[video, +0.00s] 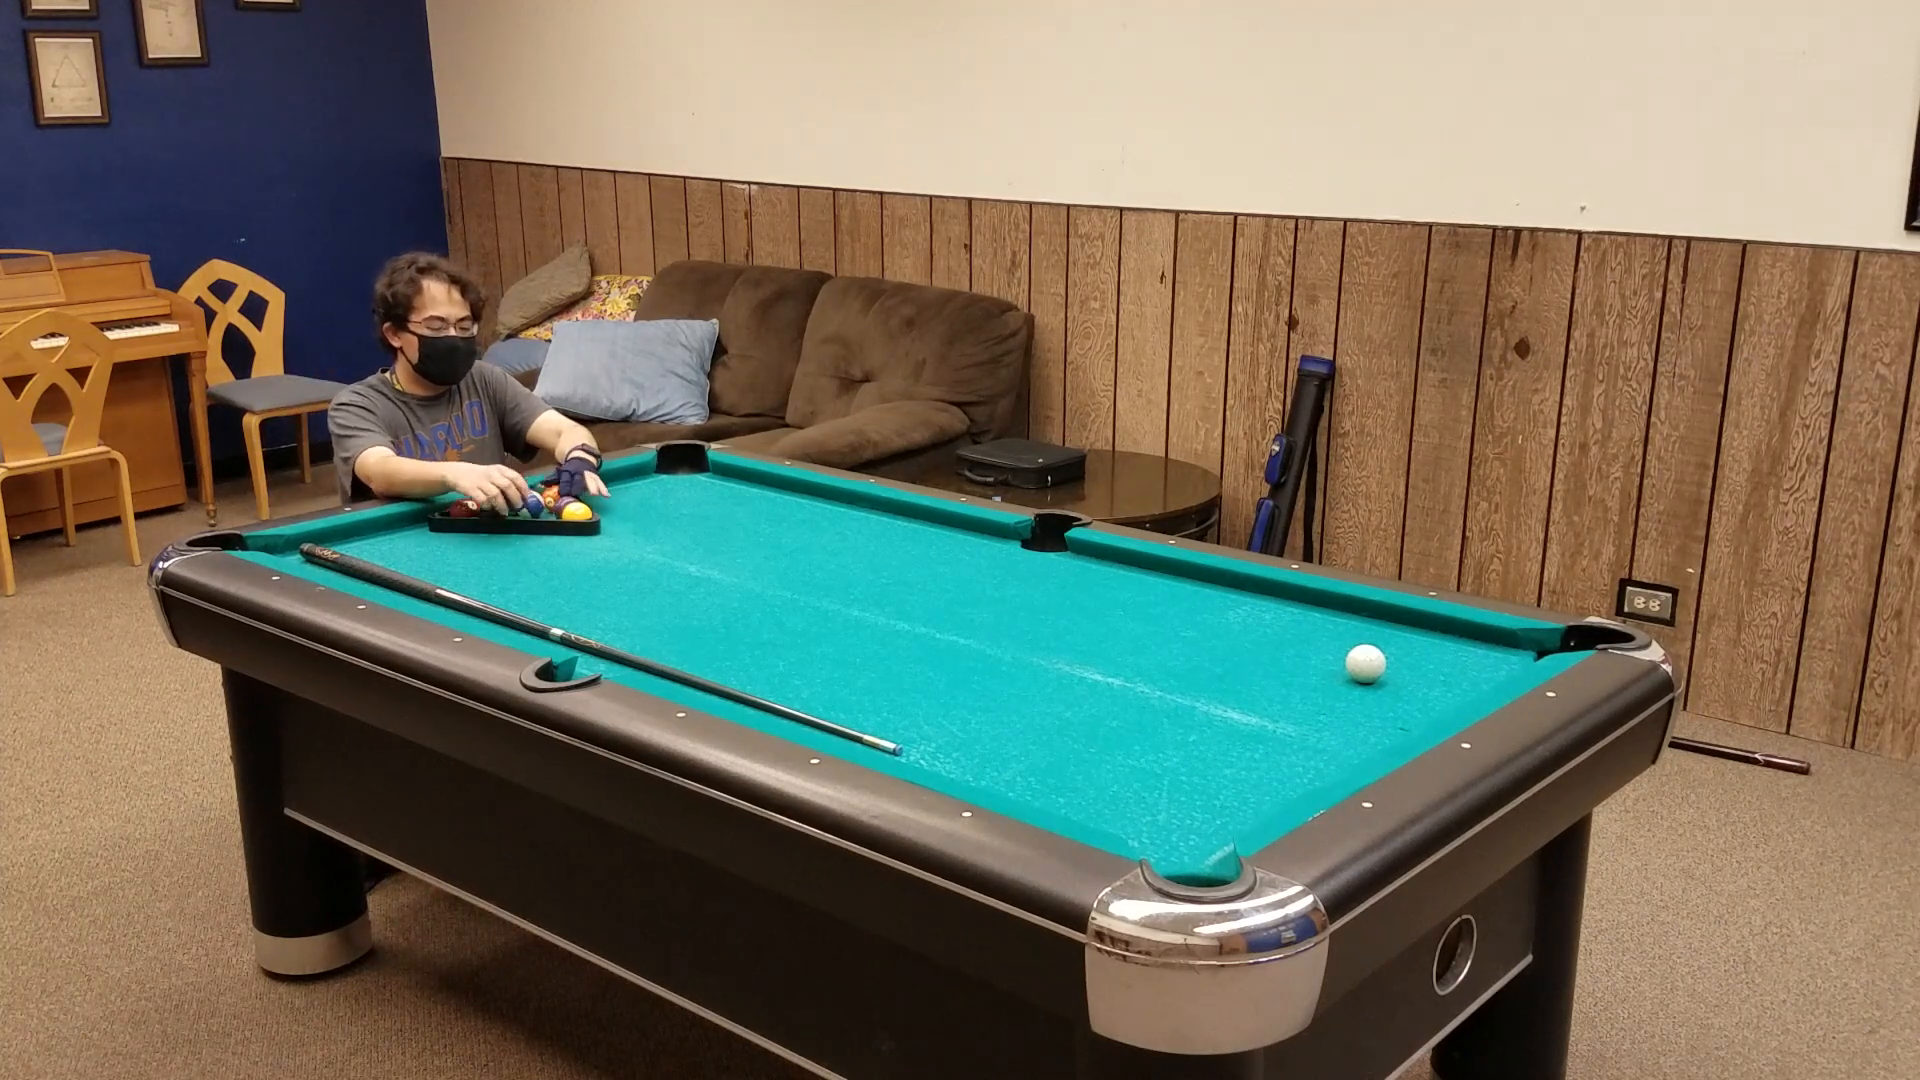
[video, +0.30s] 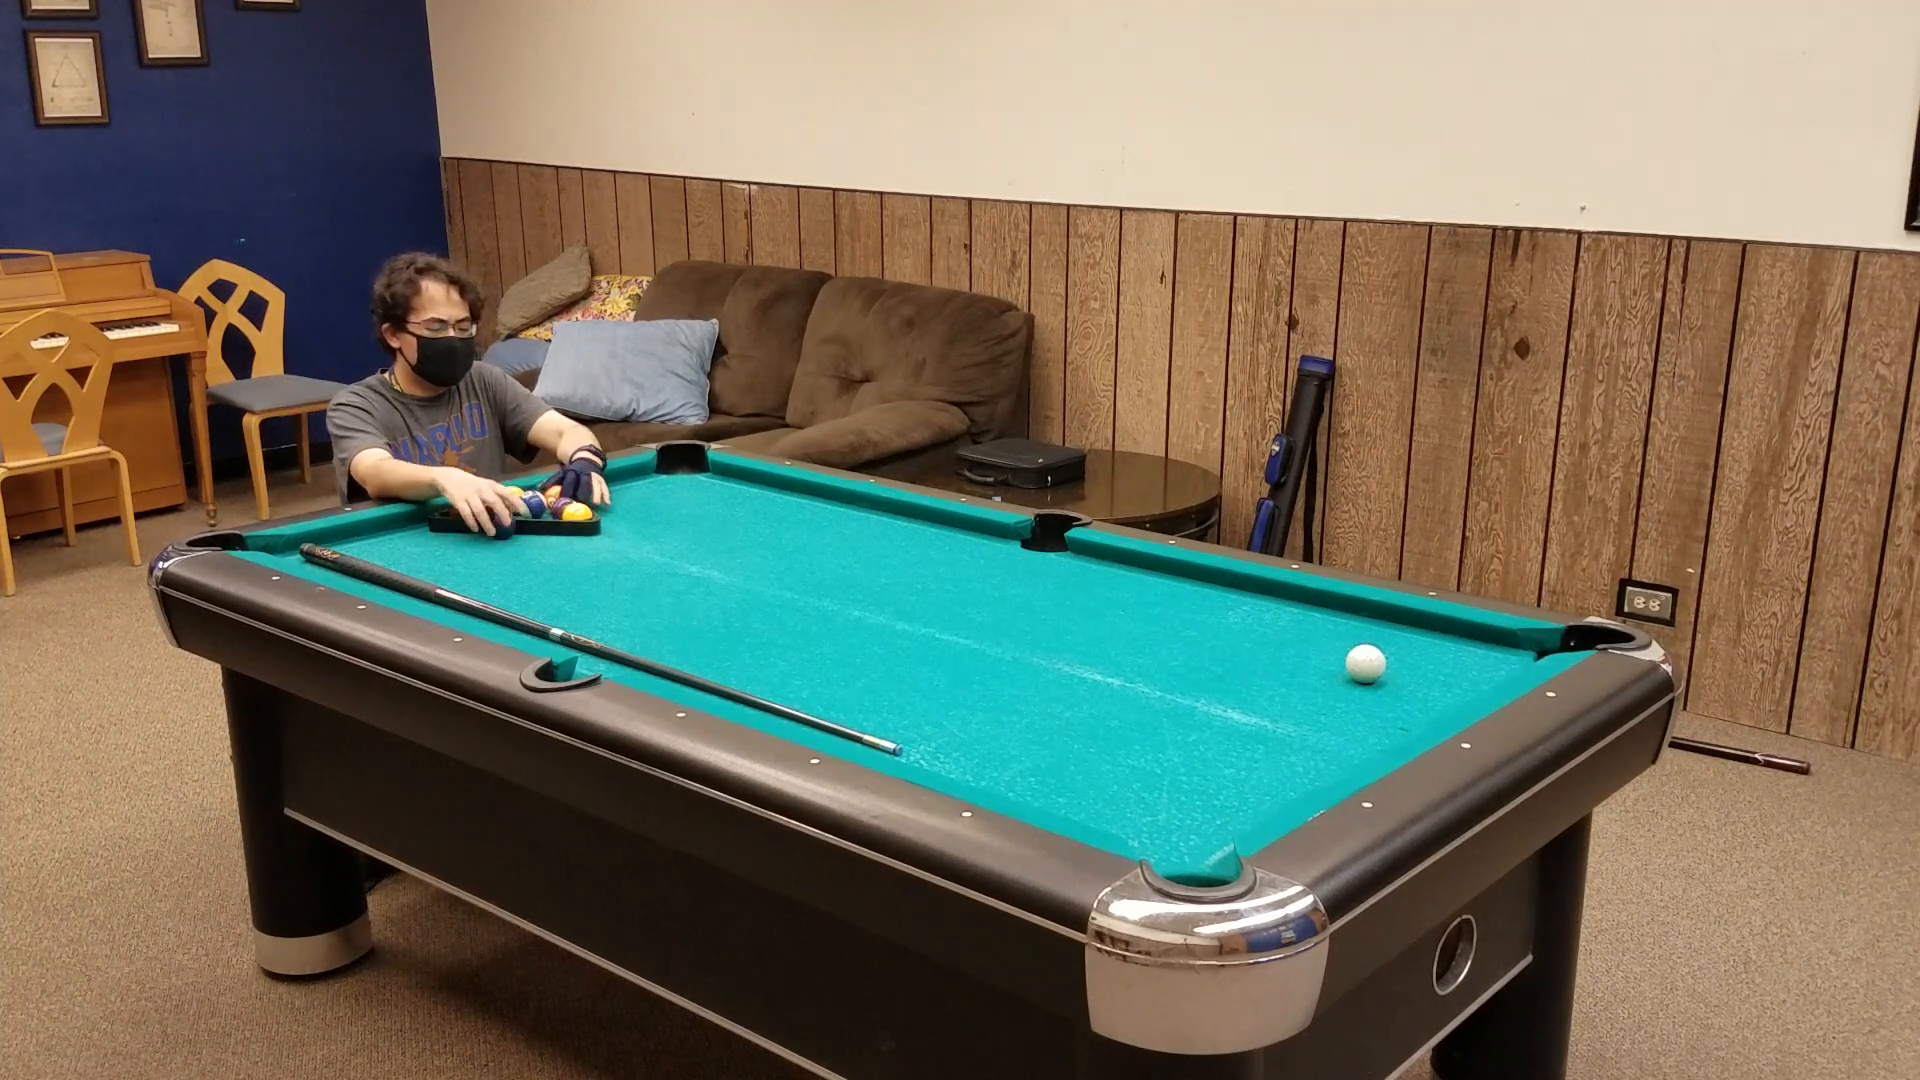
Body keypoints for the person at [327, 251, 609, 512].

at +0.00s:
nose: (454, 339)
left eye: (464, 325)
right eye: (437, 326)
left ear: (475, 325)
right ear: (395, 334)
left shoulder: (485, 381)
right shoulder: (358, 405)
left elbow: (566, 432)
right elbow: (381, 474)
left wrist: (579, 457)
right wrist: (453, 472)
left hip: (497, 553)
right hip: (405, 569)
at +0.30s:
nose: (455, 339)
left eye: (463, 326)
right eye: (437, 327)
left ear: (473, 325)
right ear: (394, 336)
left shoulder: (485, 382)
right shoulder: (357, 405)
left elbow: (564, 431)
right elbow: (376, 475)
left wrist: (584, 459)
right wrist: (445, 477)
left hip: (500, 557)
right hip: (407, 570)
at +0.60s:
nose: (457, 340)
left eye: (466, 326)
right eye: (440, 327)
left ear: (477, 326)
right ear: (396, 334)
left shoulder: (486, 382)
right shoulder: (357, 405)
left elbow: (568, 432)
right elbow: (362, 483)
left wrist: (583, 459)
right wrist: (450, 450)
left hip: (500, 553)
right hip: (408, 566)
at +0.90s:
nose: (462, 340)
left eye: (470, 327)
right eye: (443, 327)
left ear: (480, 327)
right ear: (399, 334)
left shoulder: (487, 381)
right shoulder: (360, 404)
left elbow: (567, 431)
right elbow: (365, 479)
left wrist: (582, 457)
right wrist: (463, 463)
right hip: (412, 564)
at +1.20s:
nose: (461, 342)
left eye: (470, 329)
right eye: (443, 327)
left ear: (481, 329)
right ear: (400, 334)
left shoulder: (488, 381)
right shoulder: (360, 404)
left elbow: (568, 431)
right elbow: (365, 480)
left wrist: (582, 458)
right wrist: (460, 463)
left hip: (503, 550)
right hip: (411, 565)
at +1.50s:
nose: (461, 345)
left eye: (471, 331)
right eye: (443, 330)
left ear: (481, 331)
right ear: (401, 336)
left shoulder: (489, 382)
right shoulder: (361, 404)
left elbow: (567, 431)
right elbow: (363, 481)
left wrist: (583, 457)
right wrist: (442, 455)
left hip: (502, 555)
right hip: (411, 568)